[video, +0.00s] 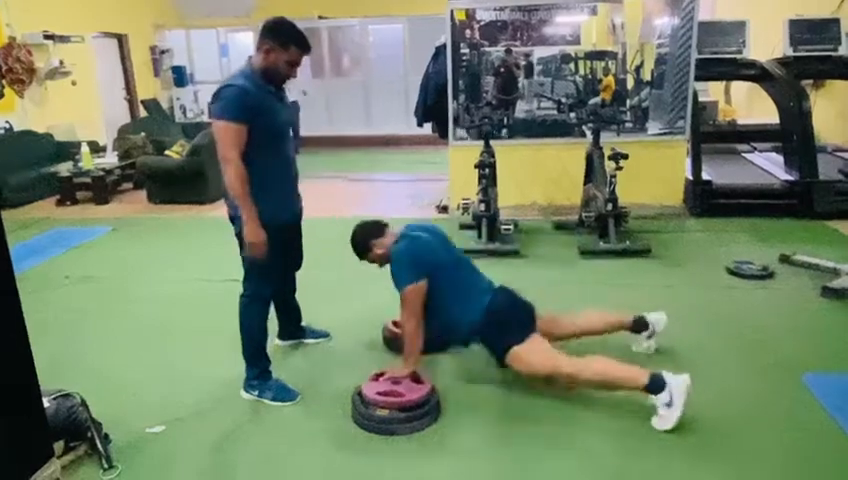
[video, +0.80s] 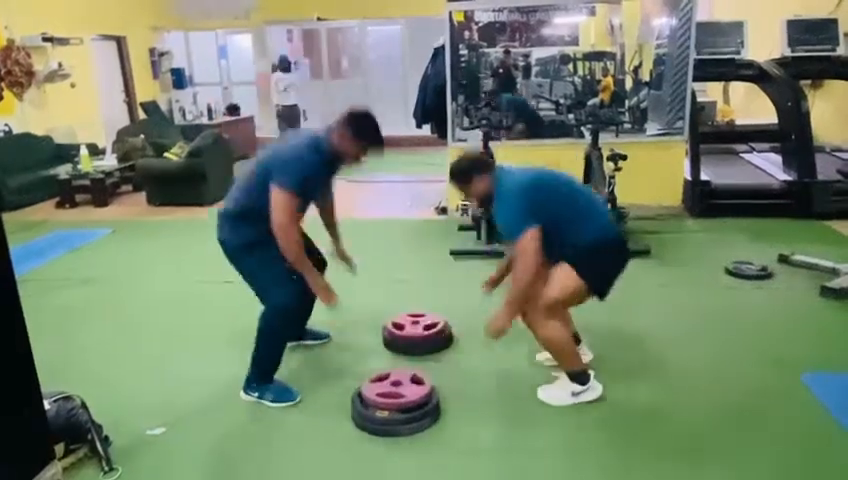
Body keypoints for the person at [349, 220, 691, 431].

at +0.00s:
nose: (378, 264)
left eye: (374, 258)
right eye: (373, 260)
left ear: (376, 246)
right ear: (384, 229)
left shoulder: (405, 256)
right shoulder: (421, 231)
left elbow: (412, 321)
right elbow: (427, 300)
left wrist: (408, 366)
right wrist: (412, 332)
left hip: (493, 322)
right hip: (500, 299)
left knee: (559, 368)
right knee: (557, 327)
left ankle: (661, 385)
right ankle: (642, 323)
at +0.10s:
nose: (377, 264)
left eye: (373, 259)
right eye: (373, 261)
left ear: (374, 247)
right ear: (378, 234)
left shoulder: (403, 252)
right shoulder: (410, 231)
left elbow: (412, 312)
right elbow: (426, 293)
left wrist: (407, 362)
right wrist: (415, 329)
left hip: (510, 292)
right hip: (514, 271)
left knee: (571, 355)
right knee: (576, 313)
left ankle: (672, 387)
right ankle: (647, 320)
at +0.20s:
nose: (395, 267)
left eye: (390, 263)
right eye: (390, 264)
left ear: (391, 250)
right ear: (395, 239)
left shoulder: (417, 250)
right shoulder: (422, 233)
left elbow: (421, 316)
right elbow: (435, 292)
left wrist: (410, 365)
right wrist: (416, 322)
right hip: (536, 237)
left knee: (549, 340)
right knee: (558, 299)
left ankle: (643, 376)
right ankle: (626, 315)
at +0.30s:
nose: (421, 269)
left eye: (416, 265)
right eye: (417, 266)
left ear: (419, 253)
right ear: (420, 242)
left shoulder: (443, 249)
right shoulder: (443, 236)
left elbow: (441, 313)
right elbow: (444, 300)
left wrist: (411, 363)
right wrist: (428, 325)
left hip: (560, 237)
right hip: (557, 223)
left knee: (518, 321)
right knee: (544, 289)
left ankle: (591, 375)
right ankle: (587, 325)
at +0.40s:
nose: (442, 275)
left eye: (438, 270)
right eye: (439, 272)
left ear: (441, 259)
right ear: (445, 248)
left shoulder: (465, 258)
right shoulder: (465, 243)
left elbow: (451, 325)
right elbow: (456, 292)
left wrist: (413, 363)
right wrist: (430, 319)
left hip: (583, 262)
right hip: (578, 248)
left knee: (514, 316)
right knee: (522, 298)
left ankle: (578, 375)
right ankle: (569, 340)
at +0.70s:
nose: (469, 234)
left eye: (466, 227)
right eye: (465, 229)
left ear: (475, 217)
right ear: (481, 209)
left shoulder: (508, 228)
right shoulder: (505, 218)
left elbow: (504, 299)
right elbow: (496, 272)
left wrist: (462, 337)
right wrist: (459, 298)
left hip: (604, 273)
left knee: (531, 315)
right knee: (523, 294)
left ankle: (580, 380)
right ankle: (571, 347)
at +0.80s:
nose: (469, 197)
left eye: (467, 189)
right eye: (464, 191)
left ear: (479, 178)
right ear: (482, 174)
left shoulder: (510, 197)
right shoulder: (507, 184)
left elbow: (529, 262)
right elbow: (524, 241)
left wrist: (506, 314)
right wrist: (501, 274)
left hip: (601, 246)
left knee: (537, 308)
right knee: (531, 288)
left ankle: (581, 382)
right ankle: (572, 346)